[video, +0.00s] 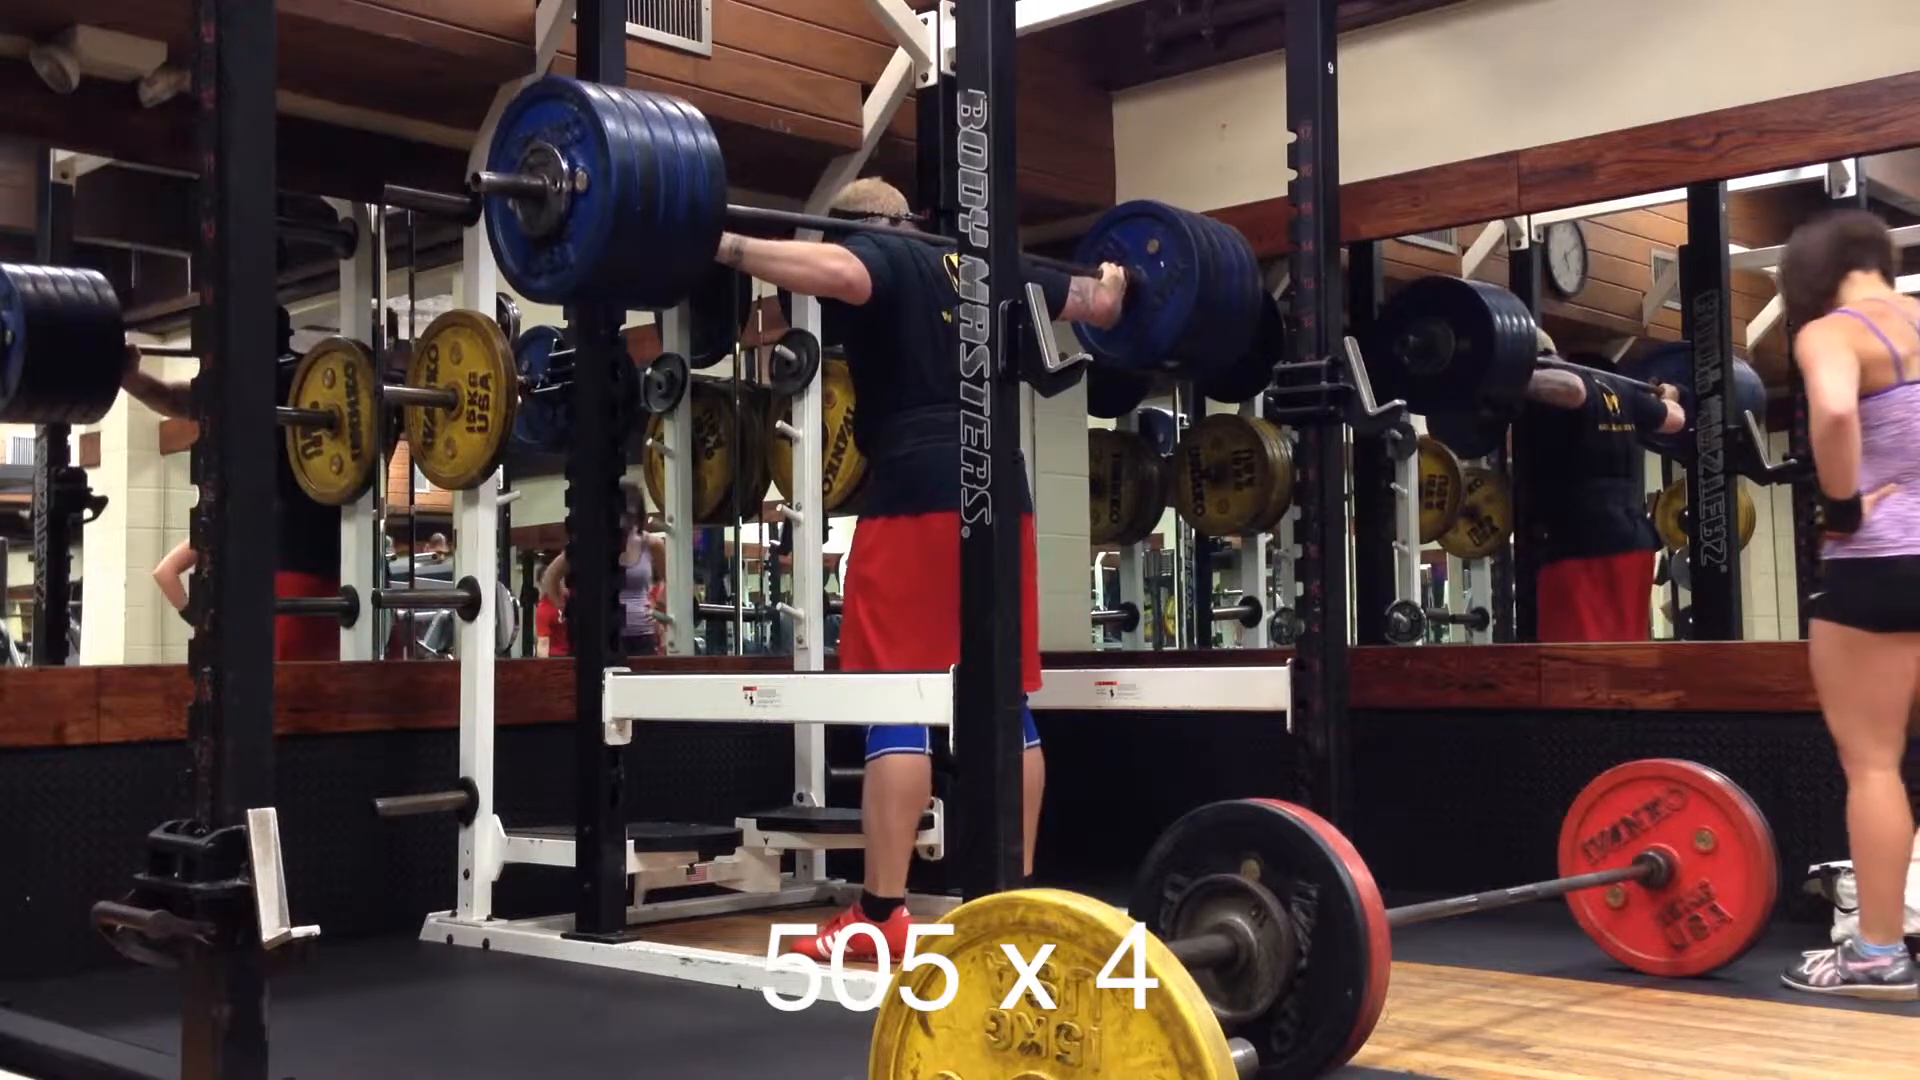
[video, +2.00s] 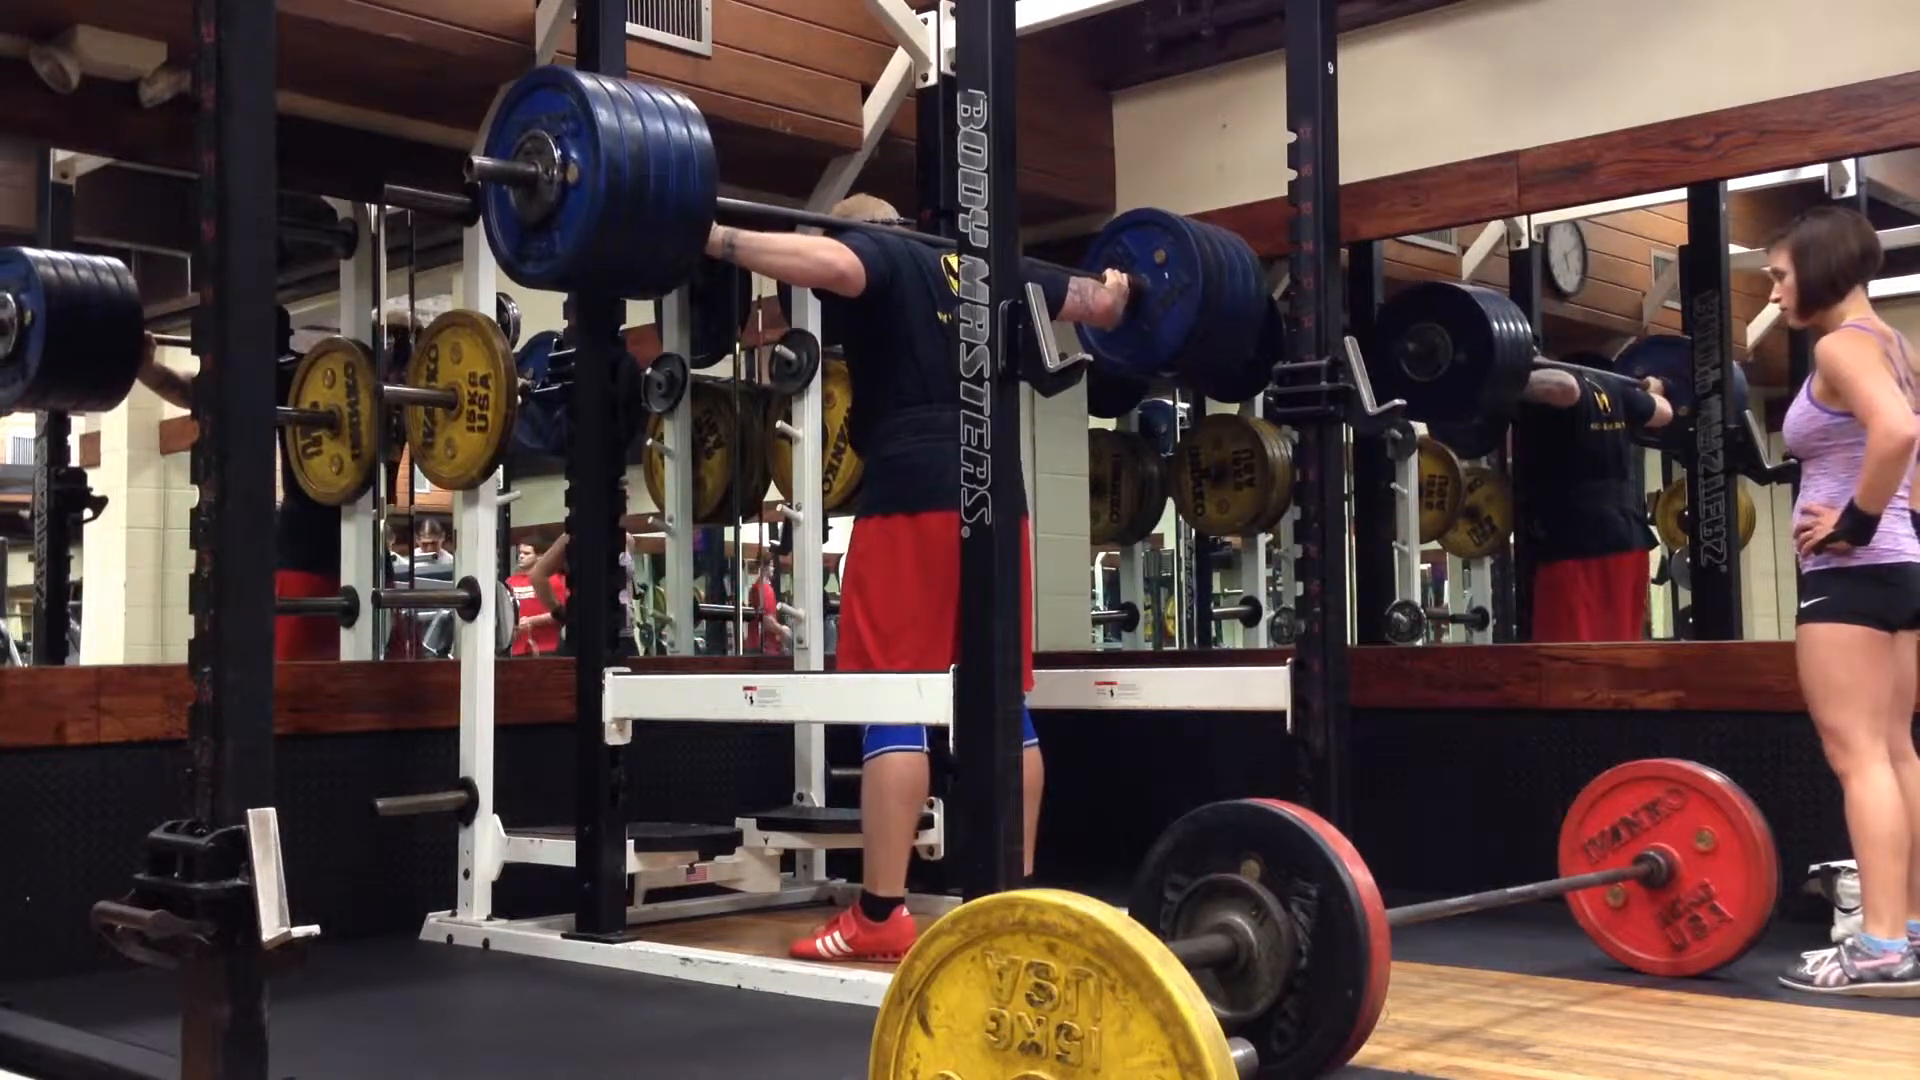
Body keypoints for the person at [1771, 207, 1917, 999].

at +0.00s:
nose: (1792, 289)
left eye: (1794, 275)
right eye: (1790, 276)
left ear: (1813, 271)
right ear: (1880, 264)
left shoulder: (1828, 333)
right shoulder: (1911, 313)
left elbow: (1836, 413)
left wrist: (1843, 509)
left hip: (1878, 561)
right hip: (1903, 557)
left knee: (1872, 761)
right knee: (1879, 756)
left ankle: (1879, 947)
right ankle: (1886, 934)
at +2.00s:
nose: (1774, 289)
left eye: (1781, 274)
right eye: (1773, 274)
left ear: (1820, 270)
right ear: (1849, 270)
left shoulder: (1842, 344)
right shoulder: (1882, 339)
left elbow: (1894, 430)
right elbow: (1890, 440)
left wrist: (1852, 522)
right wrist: (1838, 508)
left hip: (1850, 577)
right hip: (1892, 572)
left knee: (1859, 756)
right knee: (1896, 749)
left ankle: (1883, 942)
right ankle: (1897, 930)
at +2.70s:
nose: (1768, 284)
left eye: (1775, 268)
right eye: (1767, 268)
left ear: (1810, 266)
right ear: (1850, 266)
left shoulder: (1834, 344)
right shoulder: (1883, 341)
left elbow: (1887, 432)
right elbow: (1907, 449)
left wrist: (1842, 520)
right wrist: (1893, 518)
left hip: (1843, 575)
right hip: (1888, 570)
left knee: (1855, 757)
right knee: (1889, 750)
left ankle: (1883, 942)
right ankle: (1902, 927)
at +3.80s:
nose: (1761, 283)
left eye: (1766, 268)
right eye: (1760, 268)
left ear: (1801, 266)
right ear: (1841, 265)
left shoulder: (1827, 343)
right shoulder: (1877, 341)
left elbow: (1878, 432)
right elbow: (1908, 449)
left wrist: (1838, 521)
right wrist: (1890, 520)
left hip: (1837, 572)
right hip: (1885, 568)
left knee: (1854, 758)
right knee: (1887, 750)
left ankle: (1883, 943)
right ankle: (1904, 927)